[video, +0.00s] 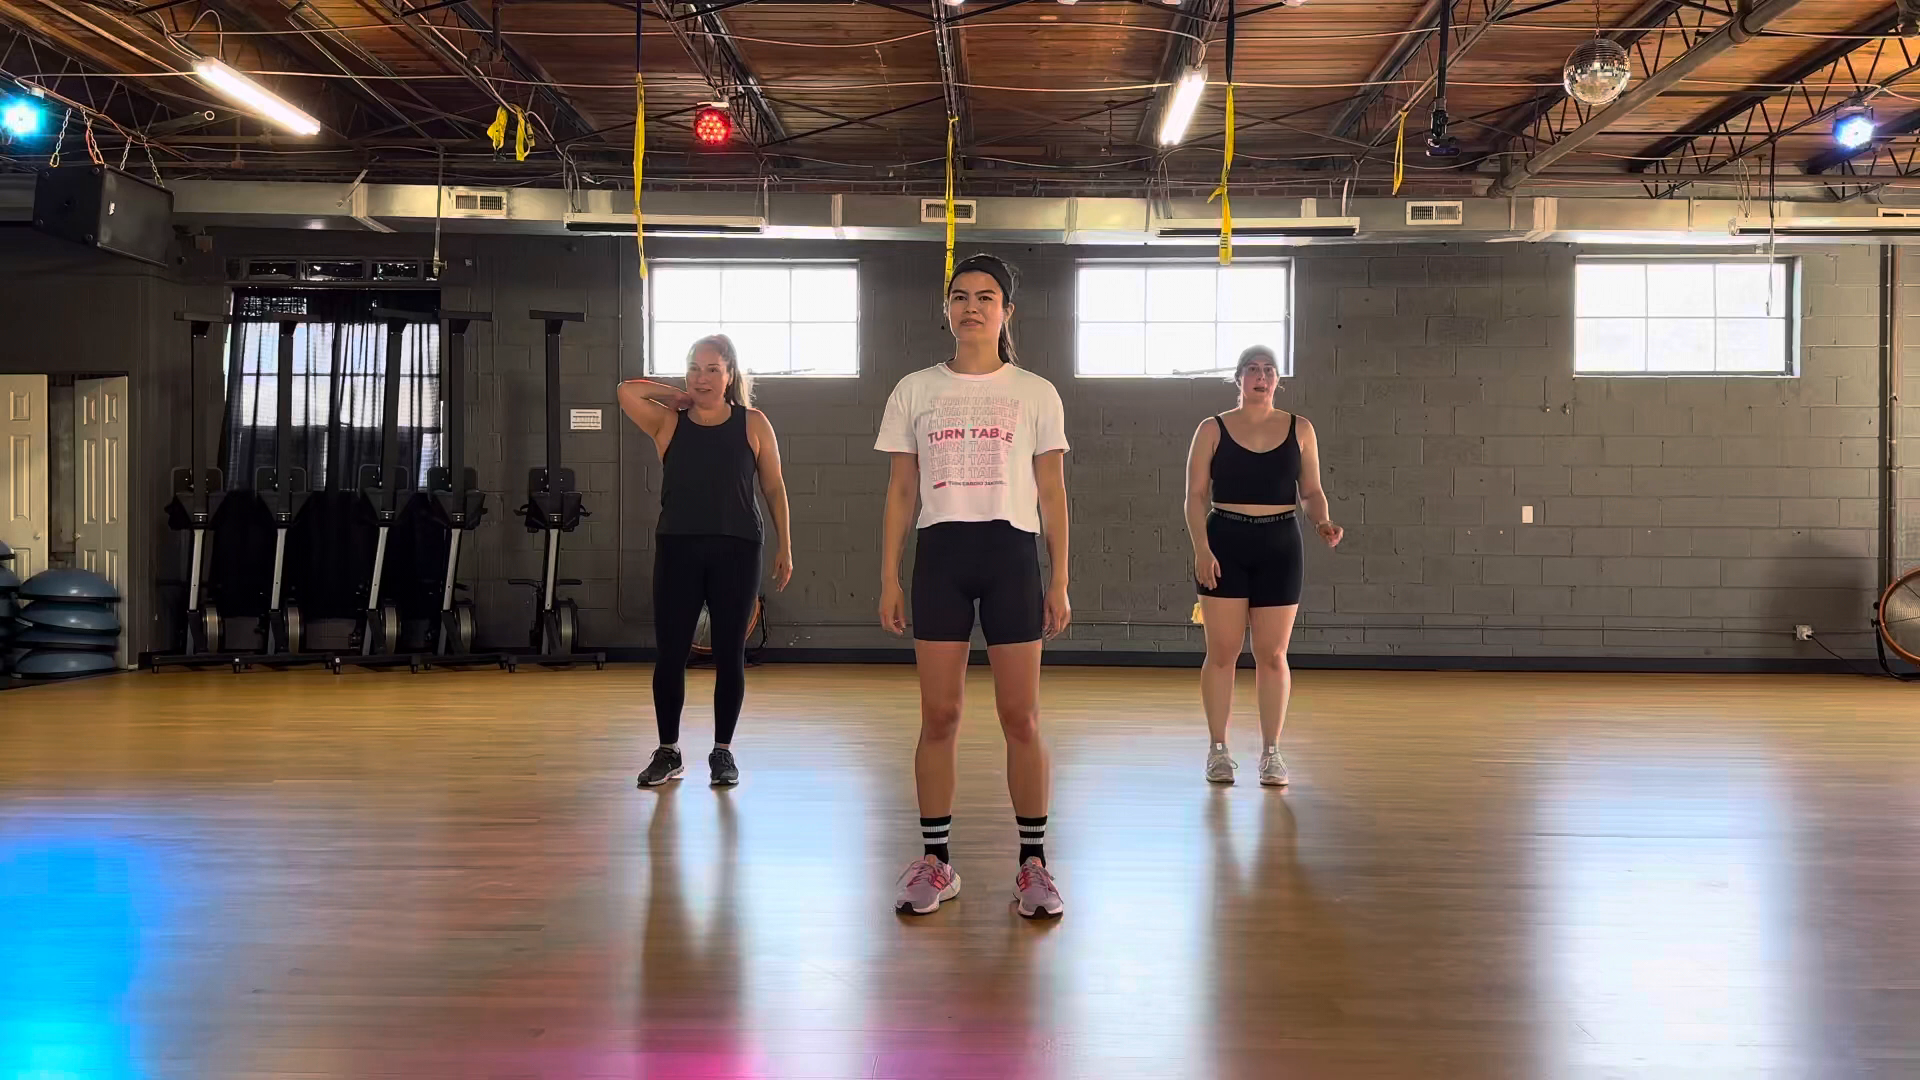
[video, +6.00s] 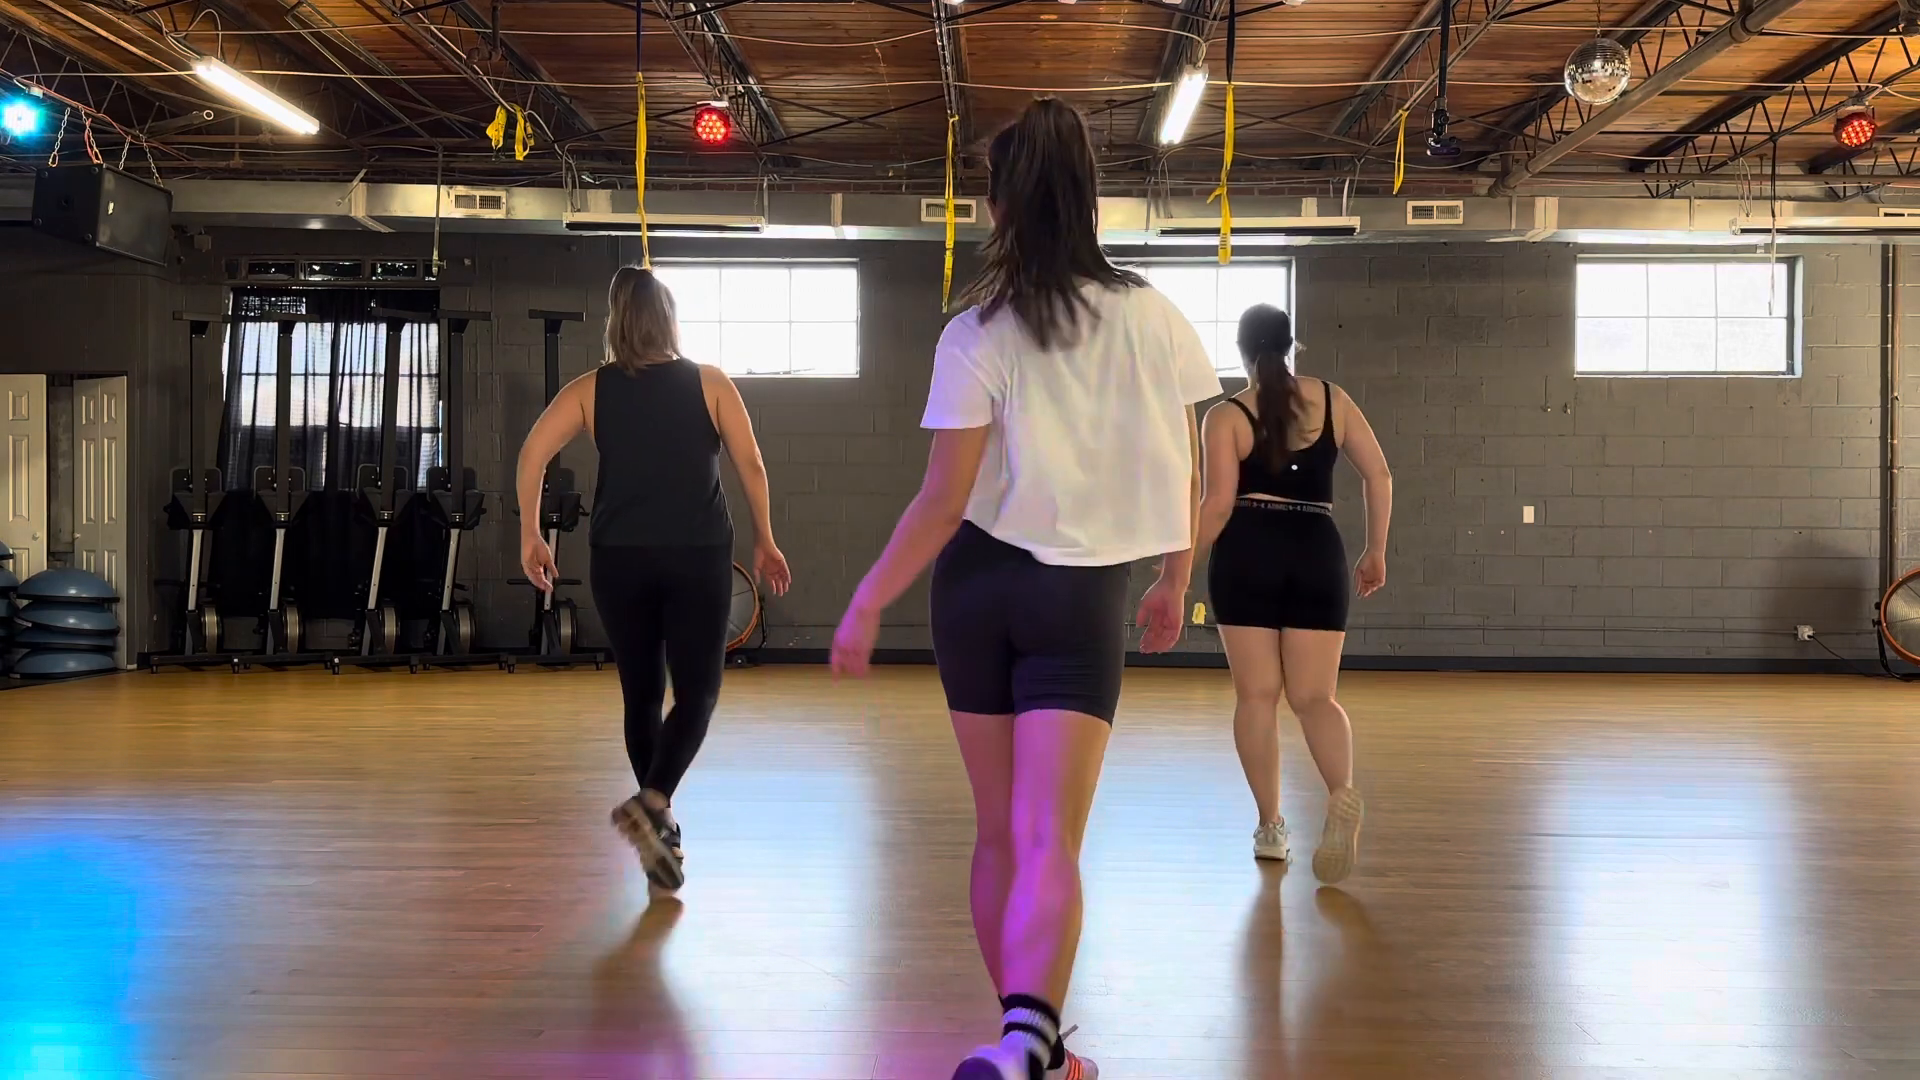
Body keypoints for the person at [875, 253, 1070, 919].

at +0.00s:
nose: (970, 306)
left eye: (984, 297)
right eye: (960, 297)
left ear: (1006, 313)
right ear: (947, 311)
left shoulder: (1036, 392)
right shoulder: (914, 390)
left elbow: (1052, 493)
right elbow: (901, 492)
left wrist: (1060, 580)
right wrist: (890, 576)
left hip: (1014, 560)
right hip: (939, 559)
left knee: (1021, 719)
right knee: (938, 717)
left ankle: (1034, 864)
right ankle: (935, 862)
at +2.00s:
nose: (947, 316)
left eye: (960, 306)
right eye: (936, 305)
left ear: (978, 315)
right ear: (919, 313)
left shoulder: (1007, 398)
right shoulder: (884, 393)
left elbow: (1025, 492)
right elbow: (864, 494)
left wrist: (1003, 566)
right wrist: (852, 580)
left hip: (982, 563)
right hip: (909, 562)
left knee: (983, 721)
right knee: (922, 719)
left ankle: (1001, 871)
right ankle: (934, 863)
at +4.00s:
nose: (994, 250)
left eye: (1010, 233)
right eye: (976, 233)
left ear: (1031, 247)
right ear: (949, 244)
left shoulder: (1052, 357)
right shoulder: (902, 329)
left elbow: (1050, 491)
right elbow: (863, 465)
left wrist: (1101, 593)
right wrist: (835, 586)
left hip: (1032, 575)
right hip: (935, 573)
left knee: (1000, 797)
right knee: (959, 786)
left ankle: (979, 1021)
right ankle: (986, 952)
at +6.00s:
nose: (984, 205)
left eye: (989, 189)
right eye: (990, 187)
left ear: (1004, 199)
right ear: (1089, 194)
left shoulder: (980, 328)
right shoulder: (1156, 318)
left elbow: (944, 498)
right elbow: (1192, 465)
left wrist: (864, 605)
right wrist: (1176, 574)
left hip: (976, 578)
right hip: (1085, 588)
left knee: (998, 833)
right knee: (1051, 835)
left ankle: (1038, 1035)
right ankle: (1023, 1031)